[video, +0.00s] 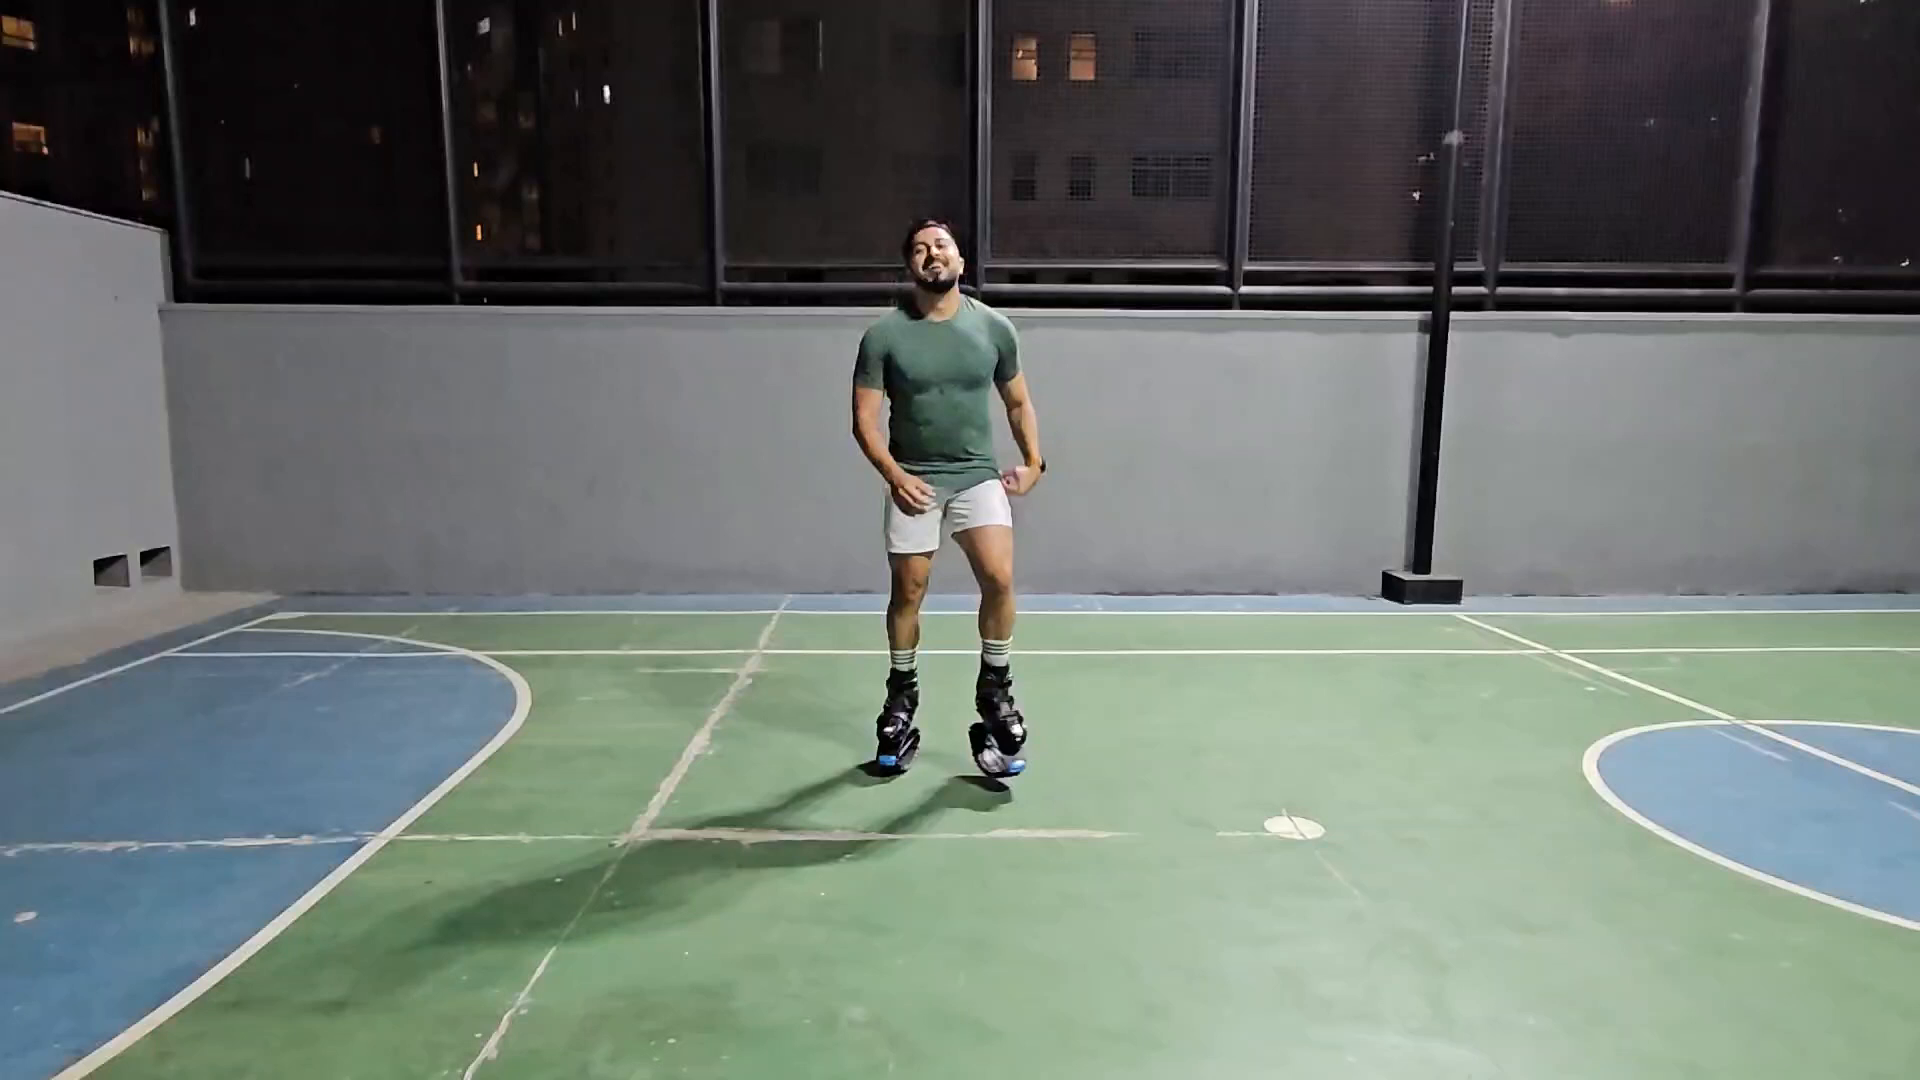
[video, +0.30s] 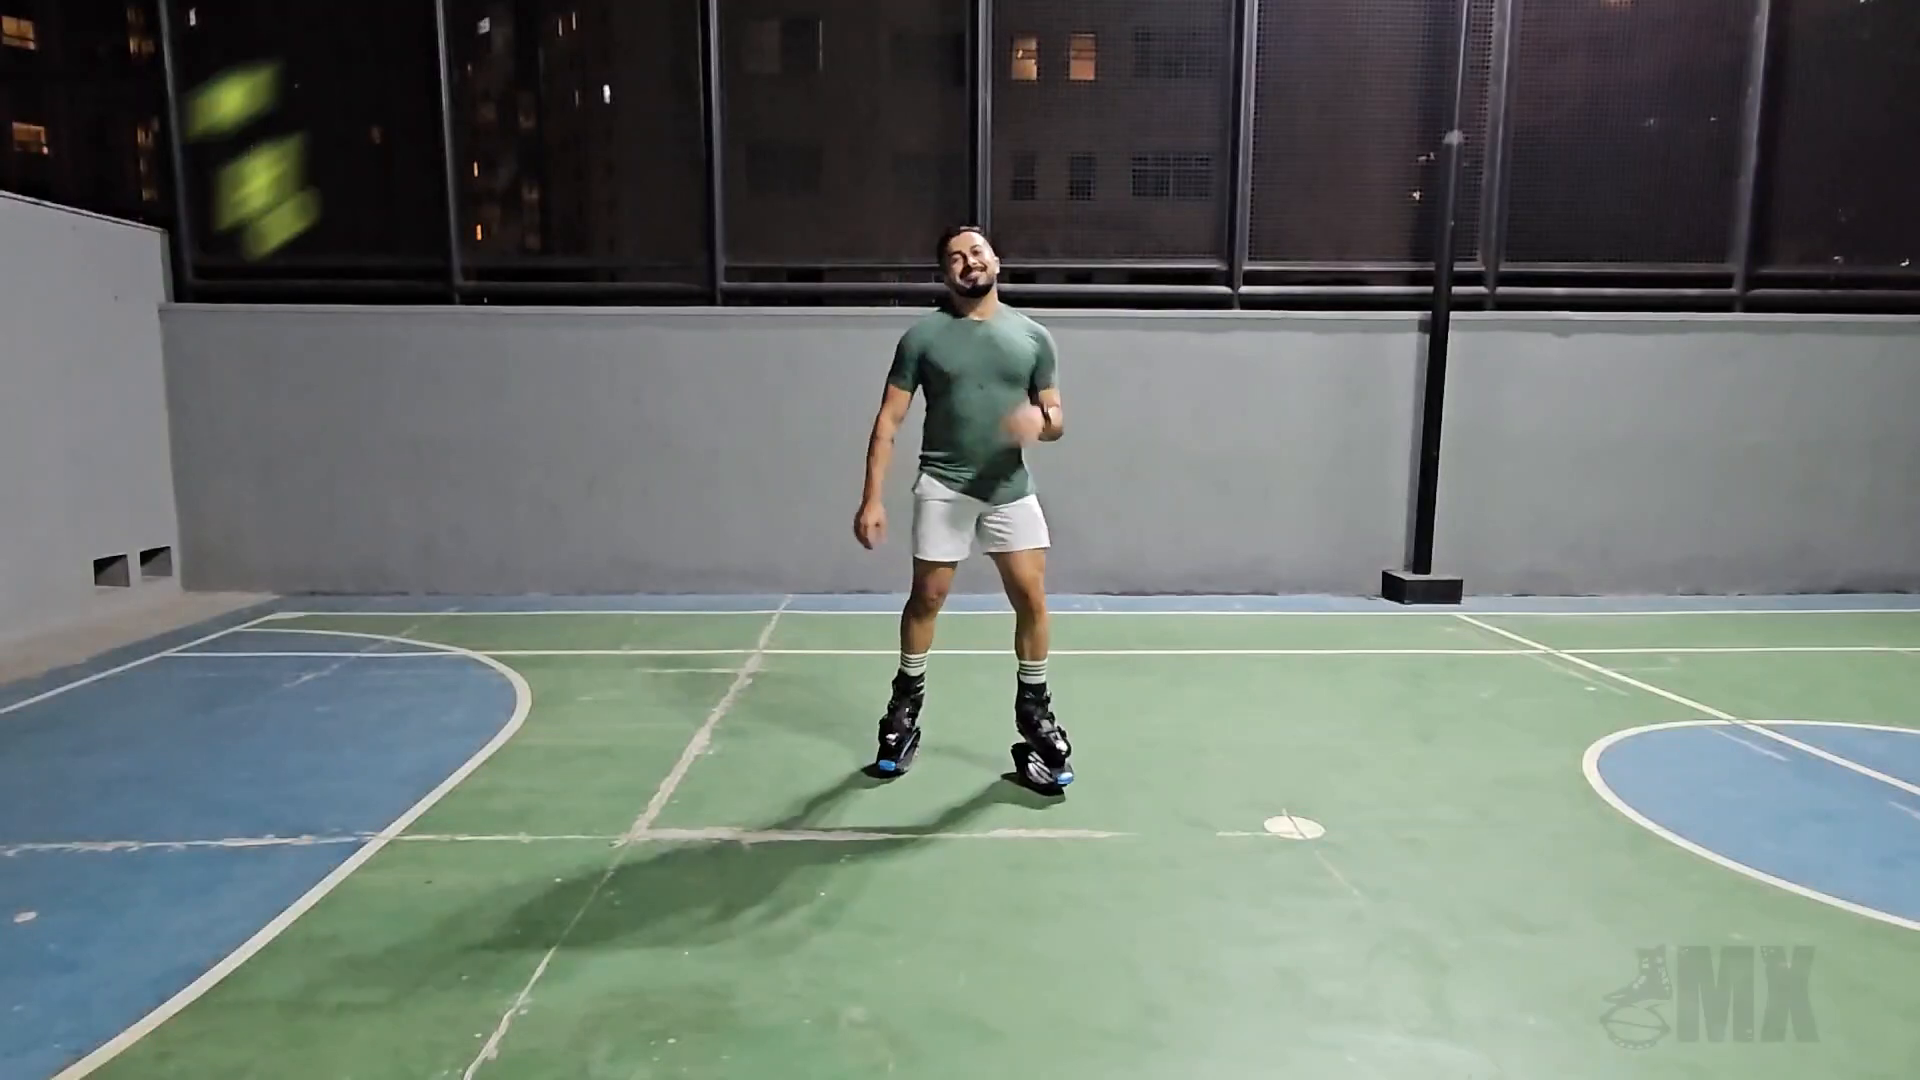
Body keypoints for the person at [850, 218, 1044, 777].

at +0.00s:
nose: (934, 253)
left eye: (943, 245)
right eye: (922, 250)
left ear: (962, 262)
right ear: (910, 271)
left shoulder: (994, 328)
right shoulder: (883, 336)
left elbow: (1018, 402)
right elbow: (866, 424)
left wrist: (1033, 461)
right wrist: (897, 476)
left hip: (979, 477)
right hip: (913, 480)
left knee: (999, 580)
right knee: (908, 590)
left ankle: (995, 692)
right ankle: (901, 703)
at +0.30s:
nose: (970, 261)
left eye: (978, 251)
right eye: (958, 257)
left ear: (997, 264)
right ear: (945, 275)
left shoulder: (1032, 337)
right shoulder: (922, 338)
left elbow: (1055, 420)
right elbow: (887, 423)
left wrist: (1039, 421)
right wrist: (871, 499)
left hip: (1009, 488)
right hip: (943, 487)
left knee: (1031, 596)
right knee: (928, 595)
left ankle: (1033, 713)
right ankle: (905, 706)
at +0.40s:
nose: (982, 257)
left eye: (990, 247)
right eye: (970, 253)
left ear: (1010, 256)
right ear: (958, 270)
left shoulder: (1048, 326)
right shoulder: (936, 330)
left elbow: (1069, 411)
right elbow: (893, 410)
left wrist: (1038, 368)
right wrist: (861, 481)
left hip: (1023, 480)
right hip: (957, 477)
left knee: (1038, 594)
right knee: (938, 594)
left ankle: (1037, 715)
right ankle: (914, 695)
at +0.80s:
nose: (986, 288)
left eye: (994, 274)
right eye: (974, 280)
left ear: (1015, 265)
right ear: (960, 281)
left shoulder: (1052, 327)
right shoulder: (943, 348)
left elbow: (1060, 374)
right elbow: (918, 413)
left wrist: (1067, 417)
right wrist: (920, 439)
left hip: (1039, 487)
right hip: (973, 487)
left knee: (1056, 606)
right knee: (978, 604)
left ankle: (1044, 719)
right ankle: (987, 726)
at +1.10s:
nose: (942, 259)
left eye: (953, 249)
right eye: (932, 252)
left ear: (975, 258)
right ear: (920, 266)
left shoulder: (1014, 318)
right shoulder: (901, 338)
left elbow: (1070, 367)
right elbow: (860, 421)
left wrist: (1061, 438)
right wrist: (876, 388)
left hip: (1009, 480)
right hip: (941, 478)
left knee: (1023, 591)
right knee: (909, 578)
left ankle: (1037, 712)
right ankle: (904, 709)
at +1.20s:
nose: (928, 261)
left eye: (938, 251)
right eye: (917, 254)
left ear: (959, 262)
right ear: (903, 268)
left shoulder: (993, 322)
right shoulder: (881, 339)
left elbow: (1041, 363)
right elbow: (836, 402)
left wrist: (1028, 424)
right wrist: (837, 423)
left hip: (988, 489)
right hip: (917, 490)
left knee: (1008, 590)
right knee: (899, 598)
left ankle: (1033, 710)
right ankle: (878, 728)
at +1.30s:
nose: (912, 258)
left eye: (921, 248)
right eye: (900, 250)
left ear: (940, 259)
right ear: (884, 265)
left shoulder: (968, 327)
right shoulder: (859, 332)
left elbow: (1012, 387)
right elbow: (817, 414)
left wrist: (996, 409)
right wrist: (798, 491)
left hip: (957, 489)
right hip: (889, 490)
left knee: (992, 598)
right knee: (884, 602)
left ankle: (1011, 702)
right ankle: (877, 732)